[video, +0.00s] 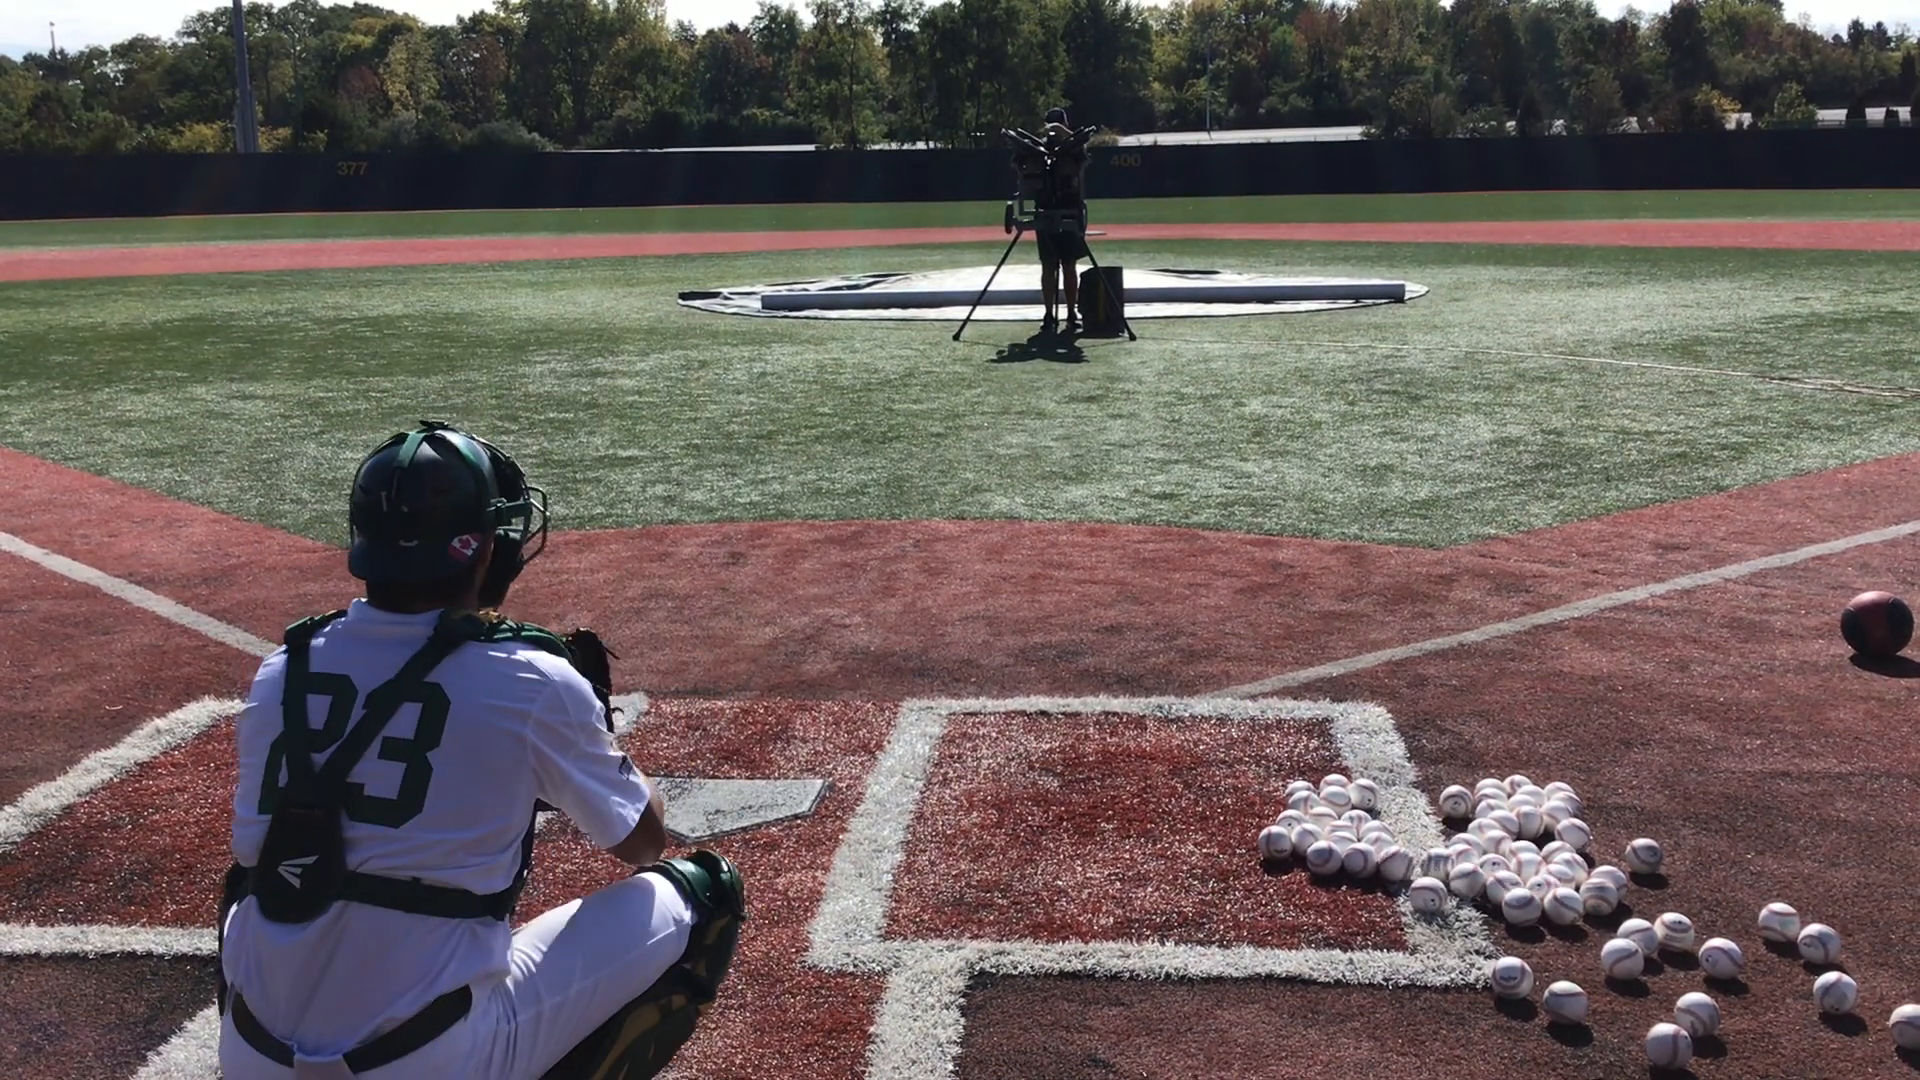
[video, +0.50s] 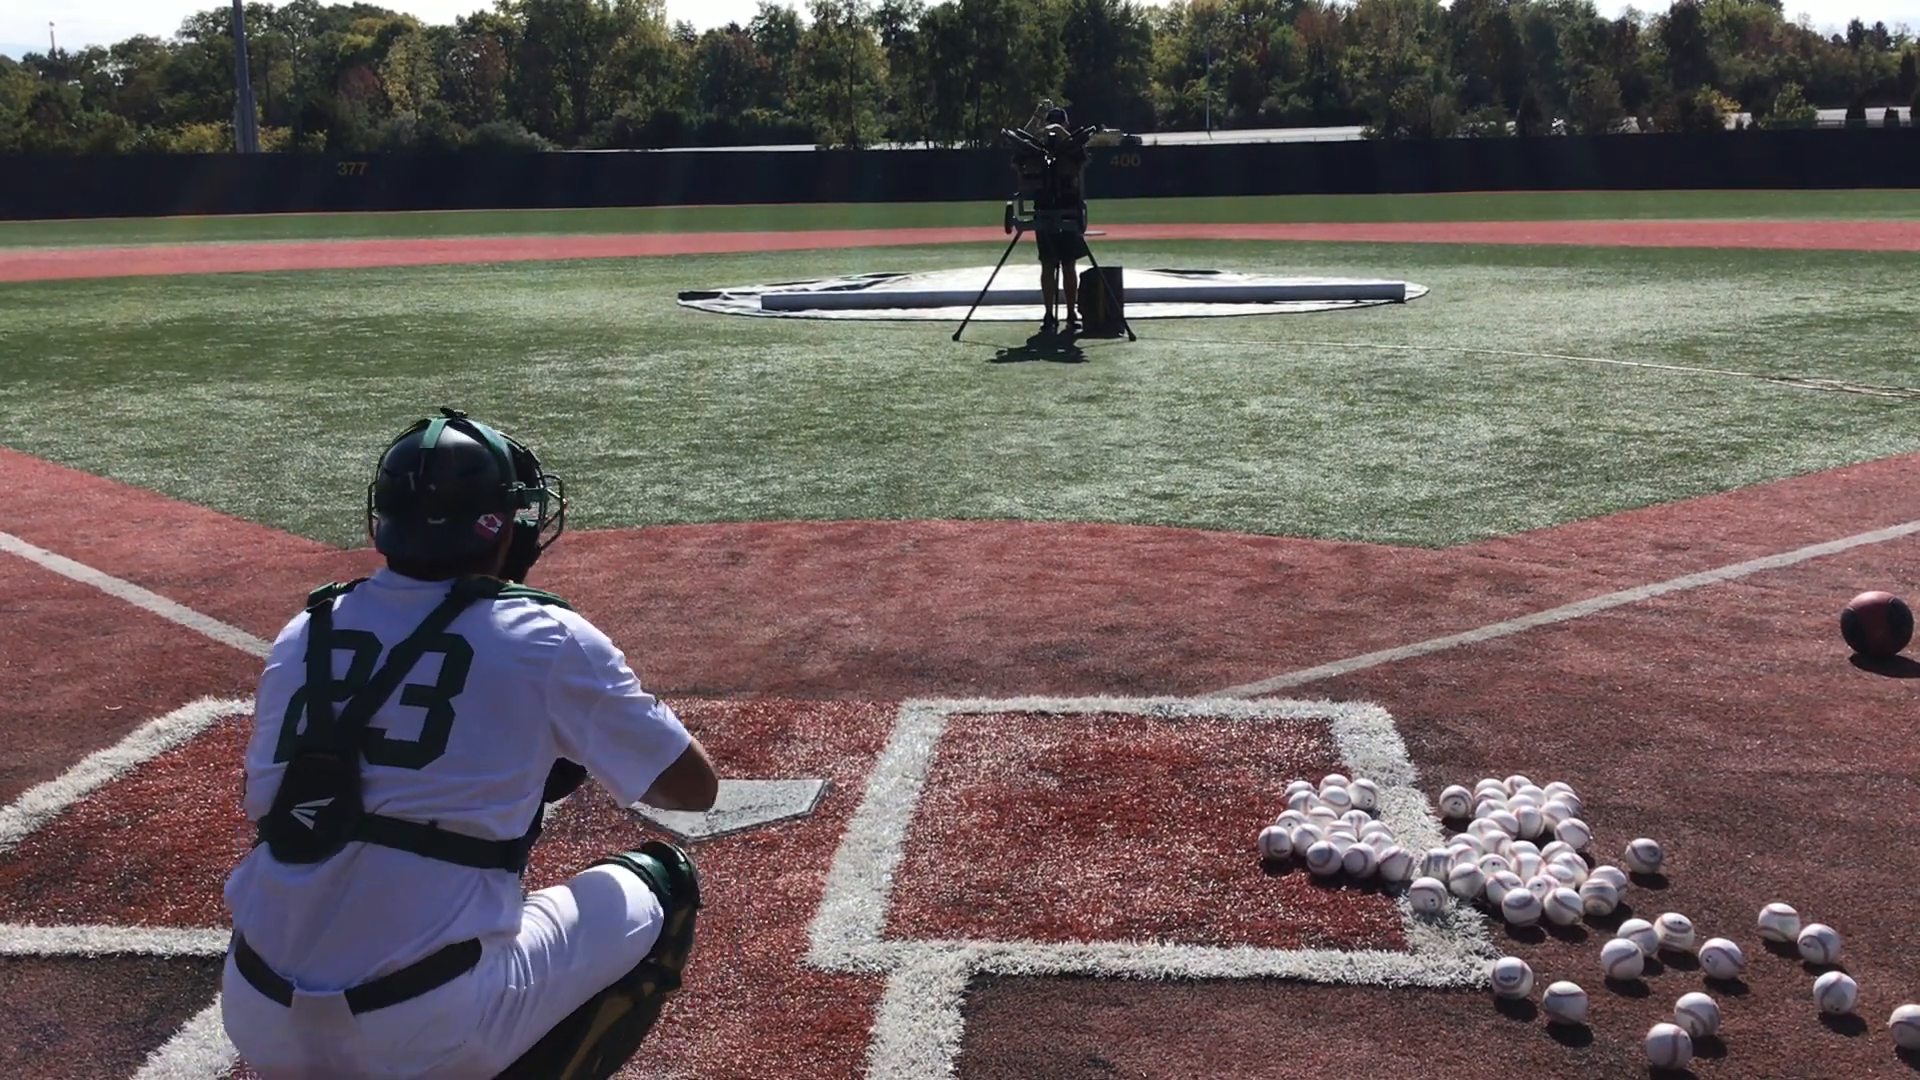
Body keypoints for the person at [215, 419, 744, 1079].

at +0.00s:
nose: (514, 548)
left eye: (510, 530)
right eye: (506, 531)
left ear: (364, 544)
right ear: (477, 556)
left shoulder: (282, 668)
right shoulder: (532, 683)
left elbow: (253, 844)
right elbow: (643, 843)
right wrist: (586, 713)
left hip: (252, 1047)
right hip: (426, 1057)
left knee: (251, 877)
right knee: (706, 891)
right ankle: (584, 1063)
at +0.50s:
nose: (529, 529)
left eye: (526, 512)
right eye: (521, 516)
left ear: (385, 527)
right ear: (499, 534)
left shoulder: (307, 627)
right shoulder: (547, 639)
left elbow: (262, 801)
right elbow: (694, 786)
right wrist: (592, 746)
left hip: (259, 1024)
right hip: (420, 1039)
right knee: (665, 884)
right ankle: (544, 1067)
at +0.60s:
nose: (533, 471)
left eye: (528, 455)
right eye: (525, 459)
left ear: (395, 465)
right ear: (504, 476)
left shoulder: (315, 557)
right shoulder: (546, 571)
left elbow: (260, 731)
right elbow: (703, 724)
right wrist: (581, 698)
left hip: (273, 956)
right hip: (435, 955)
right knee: (663, 850)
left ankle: (340, 1065)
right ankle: (543, 1066)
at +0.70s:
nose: (542, 448)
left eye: (539, 432)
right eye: (535, 433)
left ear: (412, 437)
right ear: (515, 443)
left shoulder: (332, 530)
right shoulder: (560, 528)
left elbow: (264, 681)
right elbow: (716, 704)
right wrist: (593, 691)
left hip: (270, 889)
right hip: (450, 899)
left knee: (233, 795)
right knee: (707, 823)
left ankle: (254, 1066)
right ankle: (637, 1065)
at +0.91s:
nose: (556, 503)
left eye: (551, 485)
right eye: (550, 487)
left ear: (417, 491)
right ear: (529, 498)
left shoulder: (340, 583)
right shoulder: (560, 581)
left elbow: (279, 734)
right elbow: (726, 751)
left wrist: (521, 765)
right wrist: (601, 760)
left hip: (257, 925)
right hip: (445, 933)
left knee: (213, 833)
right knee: (714, 867)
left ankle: (173, 1064)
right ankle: (689, 1063)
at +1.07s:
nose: (531, 537)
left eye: (530, 521)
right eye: (524, 522)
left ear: (397, 525)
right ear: (499, 535)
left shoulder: (316, 615)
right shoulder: (520, 626)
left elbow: (239, 763)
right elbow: (710, 768)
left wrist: (463, 814)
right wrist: (567, 811)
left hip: (202, 977)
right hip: (374, 982)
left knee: (200, 885)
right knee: (681, 863)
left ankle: (170, 1069)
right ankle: (672, 1065)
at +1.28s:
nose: (506, 556)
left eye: (503, 540)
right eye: (499, 541)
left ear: (370, 543)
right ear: (474, 557)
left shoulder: (299, 623)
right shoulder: (476, 655)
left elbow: (195, 786)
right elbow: (691, 777)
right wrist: (602, 798)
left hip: (159, 993)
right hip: (292, 1012)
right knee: (640, 861)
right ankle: (655, 1061)